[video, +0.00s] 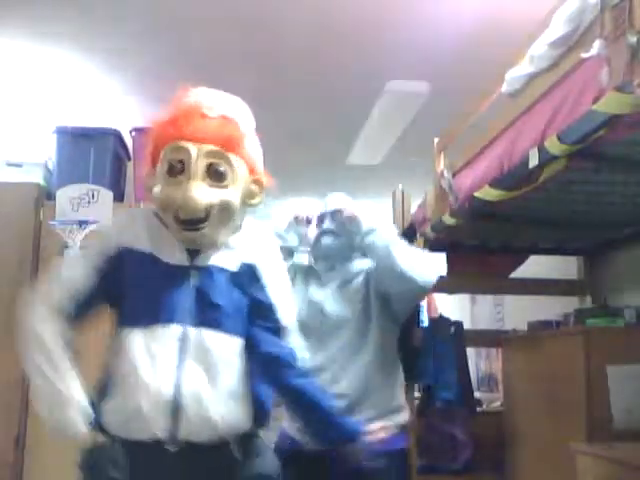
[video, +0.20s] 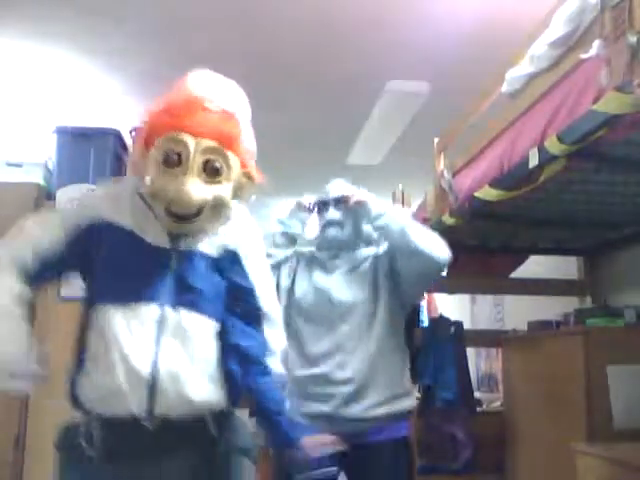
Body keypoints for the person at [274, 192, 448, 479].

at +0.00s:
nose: (327, 225)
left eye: (339, 218)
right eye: (320, 218)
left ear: (357, 231)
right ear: (308, 230)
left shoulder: (376, 277)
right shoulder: (297, 278)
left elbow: (423, 279)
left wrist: (365, 231)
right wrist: (290, 236)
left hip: (373, 436)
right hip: (303, 435)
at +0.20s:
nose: (333, 216)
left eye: (343, 207)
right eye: (324, 207)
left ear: (362, 215)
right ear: (312, 214)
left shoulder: (385, 259)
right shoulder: (293, 262)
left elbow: (436, 258)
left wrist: (373, 209)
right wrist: (293, 218)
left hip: (381, 427)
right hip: (308, 427)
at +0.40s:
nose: (348, 239)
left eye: (361, 228)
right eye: (340, 228)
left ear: (380, 242)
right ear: (322, 238)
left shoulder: (396, 289)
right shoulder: (297, 289)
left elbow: (433, 238)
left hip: (389, 453)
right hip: (318, 454)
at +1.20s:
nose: (352, 244)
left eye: (360, 231)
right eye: (340, 237)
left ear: (373, 228)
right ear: (325, 241)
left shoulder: (403, 270)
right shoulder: (311, 290)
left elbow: (430, 210)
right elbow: (263, 324)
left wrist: (453, 131)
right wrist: (319, 276)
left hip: (397, 443)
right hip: (322, 444)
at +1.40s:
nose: (348, 234)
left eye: (359, 225)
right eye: (338, 229)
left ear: (383, 236)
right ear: (325, 247)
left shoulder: (413, 282)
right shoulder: (315, 298)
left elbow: (461, 224)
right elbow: (288, 341)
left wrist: (415, 169)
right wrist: (311, 257)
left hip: (393, 456)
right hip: (320, 454)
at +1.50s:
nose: (361, 227)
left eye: (374, 219)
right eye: (350, 223)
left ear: (397, 235)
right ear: (338, 240)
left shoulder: (420, 279)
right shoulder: (319, 285)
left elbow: (482, 238)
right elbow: (276, 311)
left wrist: (432, 181)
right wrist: (327, 245)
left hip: (397, 453)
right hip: (323, 454)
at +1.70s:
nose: (373, 230)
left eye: (386, 220)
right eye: (361, 219)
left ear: (403, 230)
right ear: (343, 226)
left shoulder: (415, 280)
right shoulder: (315, 277)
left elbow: (488, 278)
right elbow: (256, 268)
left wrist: (460, 215)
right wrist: (330, 232)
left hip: (403, 433)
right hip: (331, 437)